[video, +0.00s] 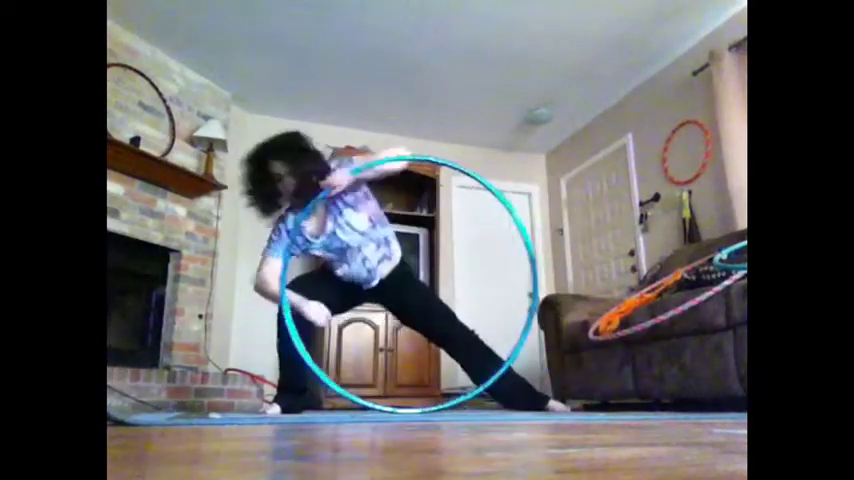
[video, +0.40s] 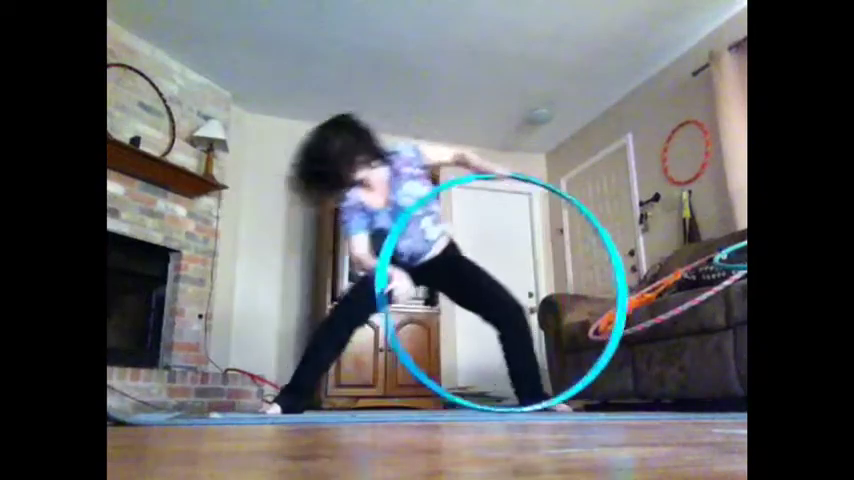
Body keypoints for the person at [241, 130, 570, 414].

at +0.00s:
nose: (282, 187)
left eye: (285, 176)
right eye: (275, 183)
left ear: (305, 166)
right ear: (272, 188)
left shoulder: (343, 174)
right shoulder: (288, 225)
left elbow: (401, 159)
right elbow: (264, 280)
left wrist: (354, 174)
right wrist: (300, 300)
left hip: (391, 275)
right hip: (343, 282)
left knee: (455, 336)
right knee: (291, 303)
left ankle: (535, 404)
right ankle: (294, 402)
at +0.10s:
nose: (296, 206)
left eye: (296, 196)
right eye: (286, 203)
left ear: (308, 175)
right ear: (281, 200)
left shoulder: (343, 168)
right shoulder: (298, 222)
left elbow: (402, 146)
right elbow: (290, 277)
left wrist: (381, 163)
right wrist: (324, 302)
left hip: (400, 262)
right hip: (351, 273)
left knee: (463, 328)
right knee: (301, 306)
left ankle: (532, 402)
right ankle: (292, 402)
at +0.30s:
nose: (323, 194)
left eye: (323, 183)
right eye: (313, 193)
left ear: (330, 164)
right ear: (305, 194)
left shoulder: (371, 159)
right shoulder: (323, 211)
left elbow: (418, 155)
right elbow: (330, 264)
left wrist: (429, 159)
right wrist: (365, 290)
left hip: (423, 257)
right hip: (372, 269)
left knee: (489, 318)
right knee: (321, 314)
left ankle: (532, 399)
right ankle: (293, 400)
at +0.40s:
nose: (362, 188)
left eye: (362, 177)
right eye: (353, 185)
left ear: (369, 159)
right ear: (345, 183)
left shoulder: (409, 157)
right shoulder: (354, 203)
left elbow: (459, 156)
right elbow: (359, 256)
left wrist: (498, 173)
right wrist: (389, 273)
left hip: (440, 261)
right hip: (392, 270)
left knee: (509, 313)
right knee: (338, 324)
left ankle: (534, 403)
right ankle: (290, 404)